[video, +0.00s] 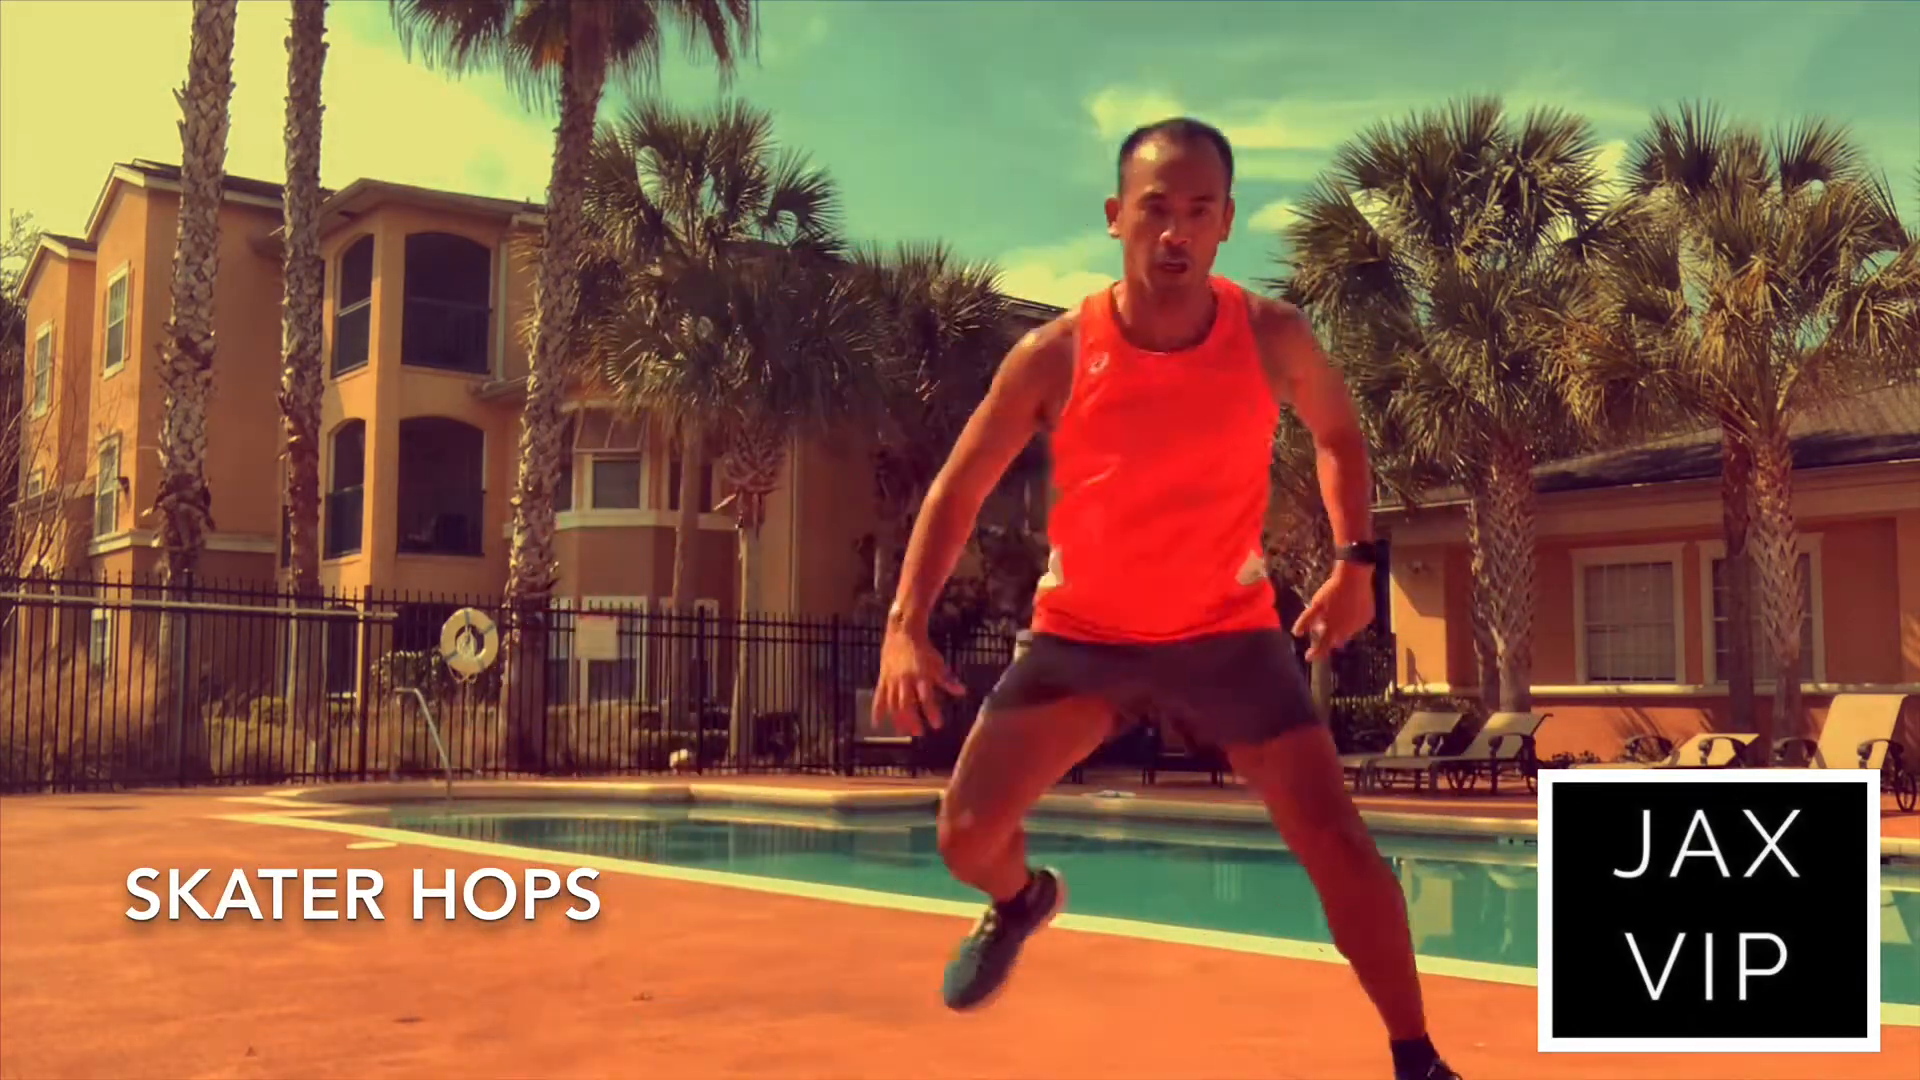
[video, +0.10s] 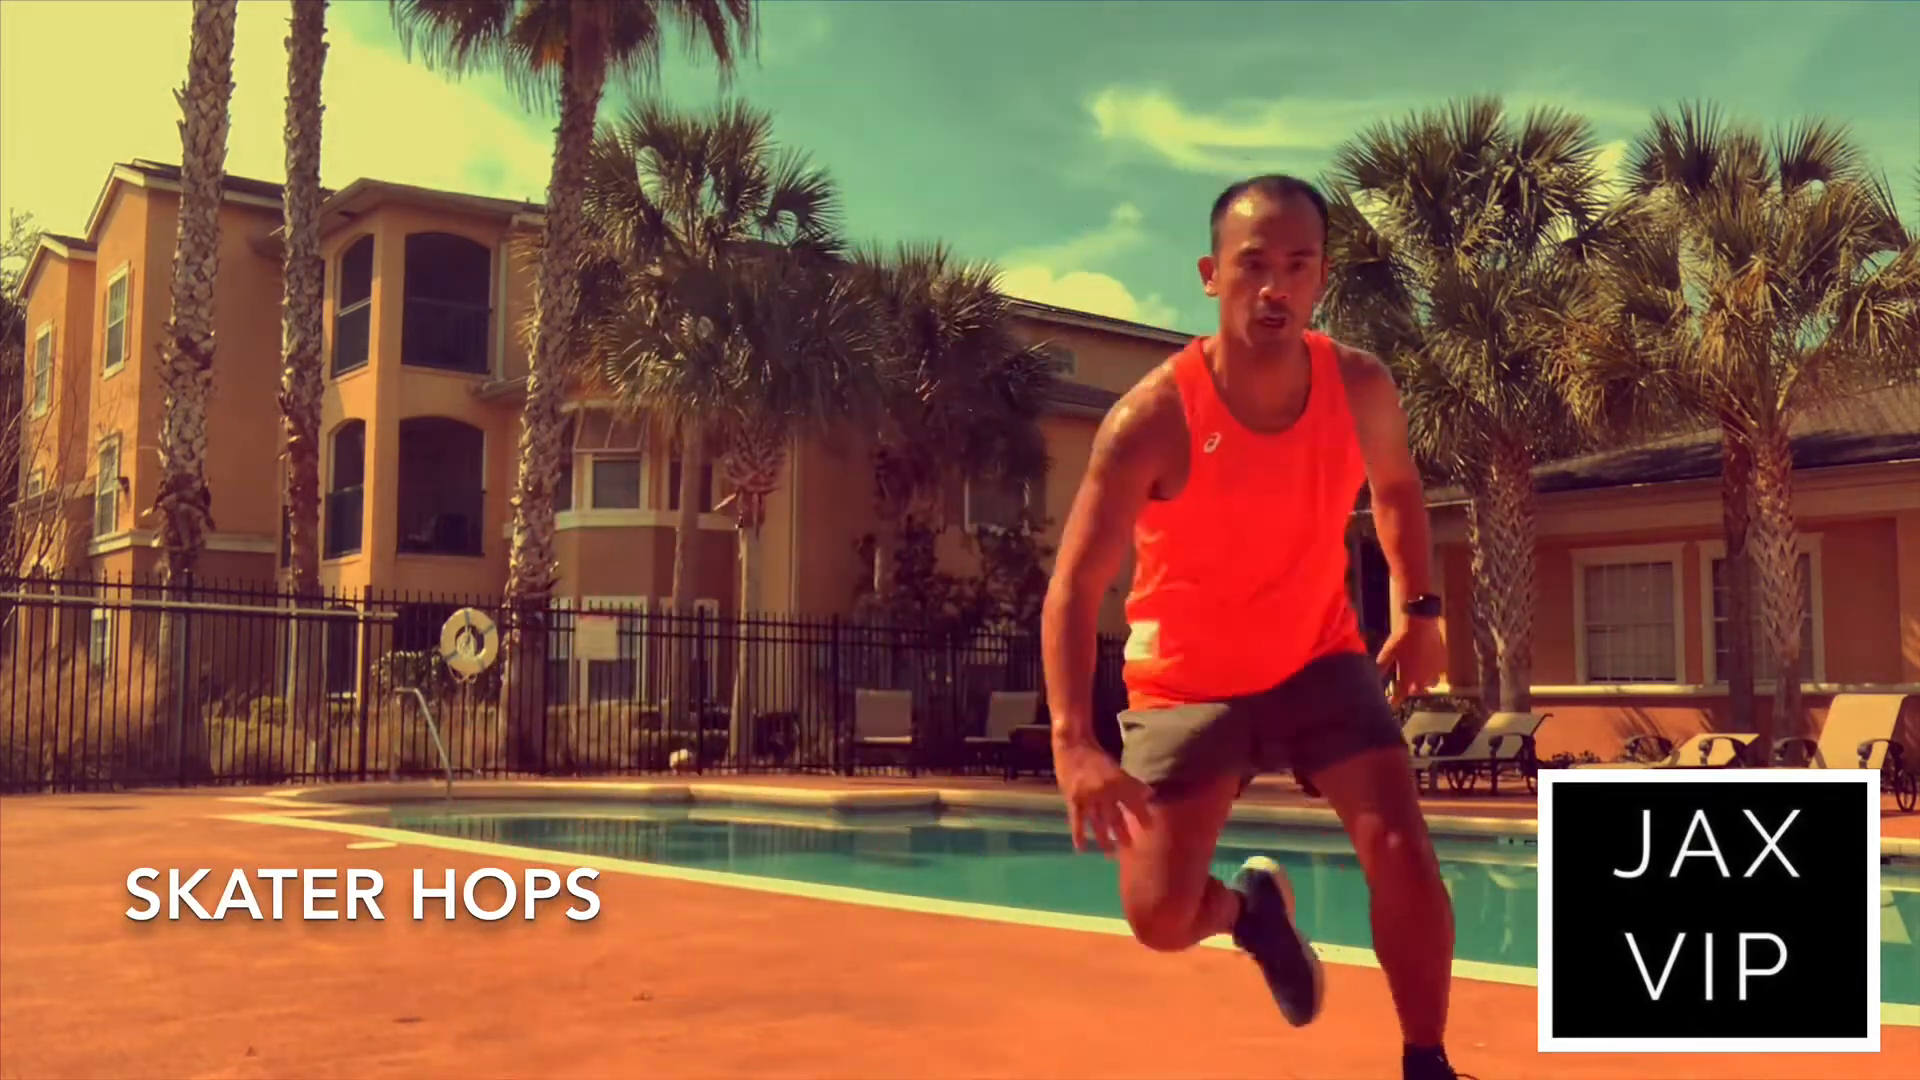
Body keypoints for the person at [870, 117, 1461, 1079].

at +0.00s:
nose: (1175, 228)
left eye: (1199, 207)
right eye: (1155, 205)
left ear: (1226, 222)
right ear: (1115, 215)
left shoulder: (1272, 338)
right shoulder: (1053, 355)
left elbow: (1339, 441)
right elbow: (958, 490)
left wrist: (1355, 561)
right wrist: (905, 625)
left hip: (1228, 636)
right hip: (1079, 637)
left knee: (1332, 838)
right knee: (967, 834)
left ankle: (1416, 1055)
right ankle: (1022, 901)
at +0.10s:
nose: (1275, 284)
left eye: (1297, 263)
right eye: (1253, 262)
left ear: (1322, 277)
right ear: (1210, 274)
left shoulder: (1361, 390)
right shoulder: (1149, 421)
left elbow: (1397, 494)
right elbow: (1075, 585)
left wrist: (1418, 611)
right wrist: (1073, 741)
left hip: (1319, 658)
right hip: (1184, 678)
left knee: (1398, 843)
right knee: (1160, 919)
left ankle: (1427, 1060)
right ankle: (1253, 911)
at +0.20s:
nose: (1342, 331)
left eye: (1363, 309)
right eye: (1319, 309)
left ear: (1387, 324)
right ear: (1274, 322)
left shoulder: (1411, 426)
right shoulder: (1225, 470)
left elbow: (1436, 507)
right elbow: (1199, 651)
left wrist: (1469, 610)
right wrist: (1278, 787)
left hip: (1368, 683)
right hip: (1249, 729)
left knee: (1434, 844)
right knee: (1315, 963)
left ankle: (1431, 1065)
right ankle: (1448, 942)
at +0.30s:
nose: (1385, 386)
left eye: (1405, 365)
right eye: (1362, 363)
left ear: (1430, 378)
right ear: (1317, 377)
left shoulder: (1439, 471)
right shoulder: (1277, 512)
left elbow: (1463, 530)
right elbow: (1318, 693)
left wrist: (1507, 612)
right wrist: (1474, 768)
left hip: (1417, 716)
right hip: (1307, 774)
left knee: (1446, 848)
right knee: (1438, 974)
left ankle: (1433, 1062)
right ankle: (1585, 991)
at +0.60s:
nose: (1372, 366)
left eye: (1396, 349)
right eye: (1352, 344)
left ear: (1427, 374)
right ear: (1313, 361)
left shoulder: (1438, 486)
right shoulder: (1254, 490)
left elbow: (1476, 591)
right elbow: (1285, 685)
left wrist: (1512, 706)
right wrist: (1449, 765)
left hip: (1407, 694)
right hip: (1292, 739)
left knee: (1428, 857)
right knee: (1428, 916)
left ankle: (1431, 1062)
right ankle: (1592, 980)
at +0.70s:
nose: (1303, 284)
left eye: (1329, 266)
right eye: (1284, 264)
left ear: (1366, 292)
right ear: (1252, 285)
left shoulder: (1397, 430)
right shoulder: (1190, 427)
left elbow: (1451, 585)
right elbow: (1158, 618)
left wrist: (1499, 723)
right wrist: (1199, 778)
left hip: (1367, 662)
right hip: (1250, 708)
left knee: (1419, 848)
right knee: (1353, 934)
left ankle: (1429, 1059)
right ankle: (1446, 915)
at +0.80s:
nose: (1206, 221)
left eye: (1231, 200)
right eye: (1186, 202)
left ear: (1275, 222)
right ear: (1161, 225)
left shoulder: (1335, 362)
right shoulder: (1105, 367)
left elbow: (1428, 495)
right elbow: (987, 484)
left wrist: (1462, 618)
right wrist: (915, 610)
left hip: (1318, 640)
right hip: (1172, 660)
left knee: (1405, 834)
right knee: (1152, 883)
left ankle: (1432, 1058)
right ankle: (1257, 862)